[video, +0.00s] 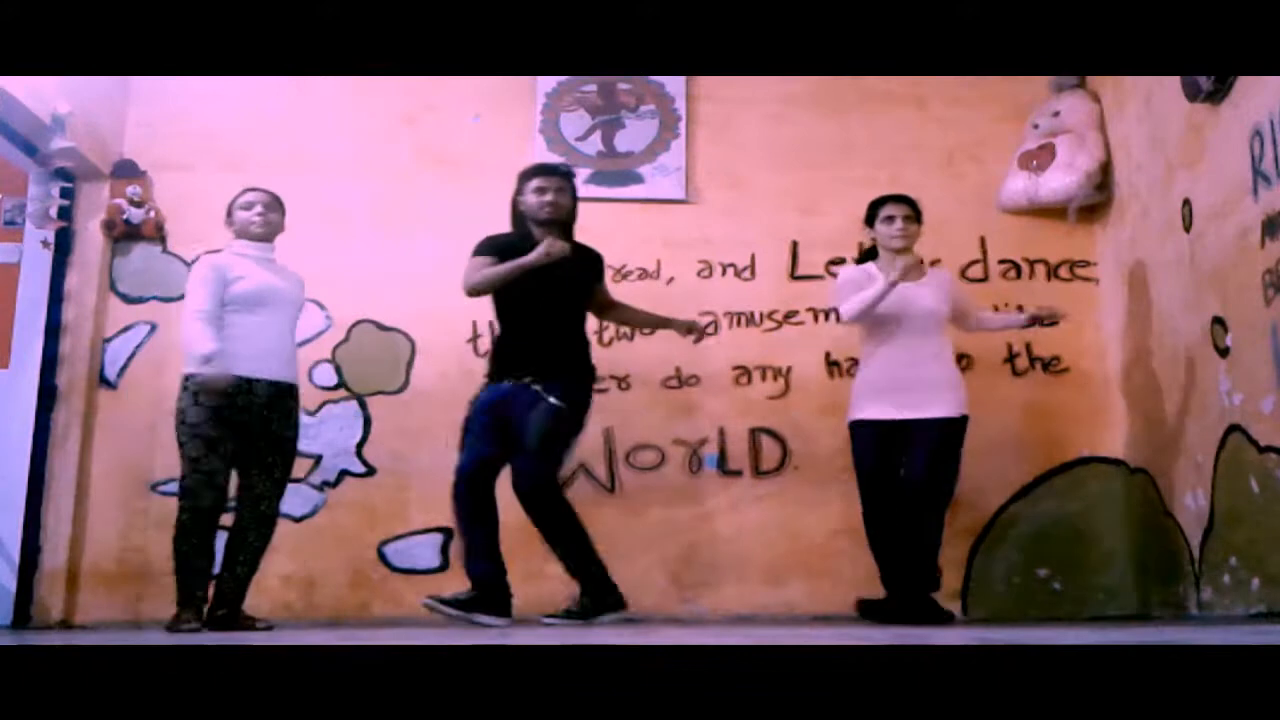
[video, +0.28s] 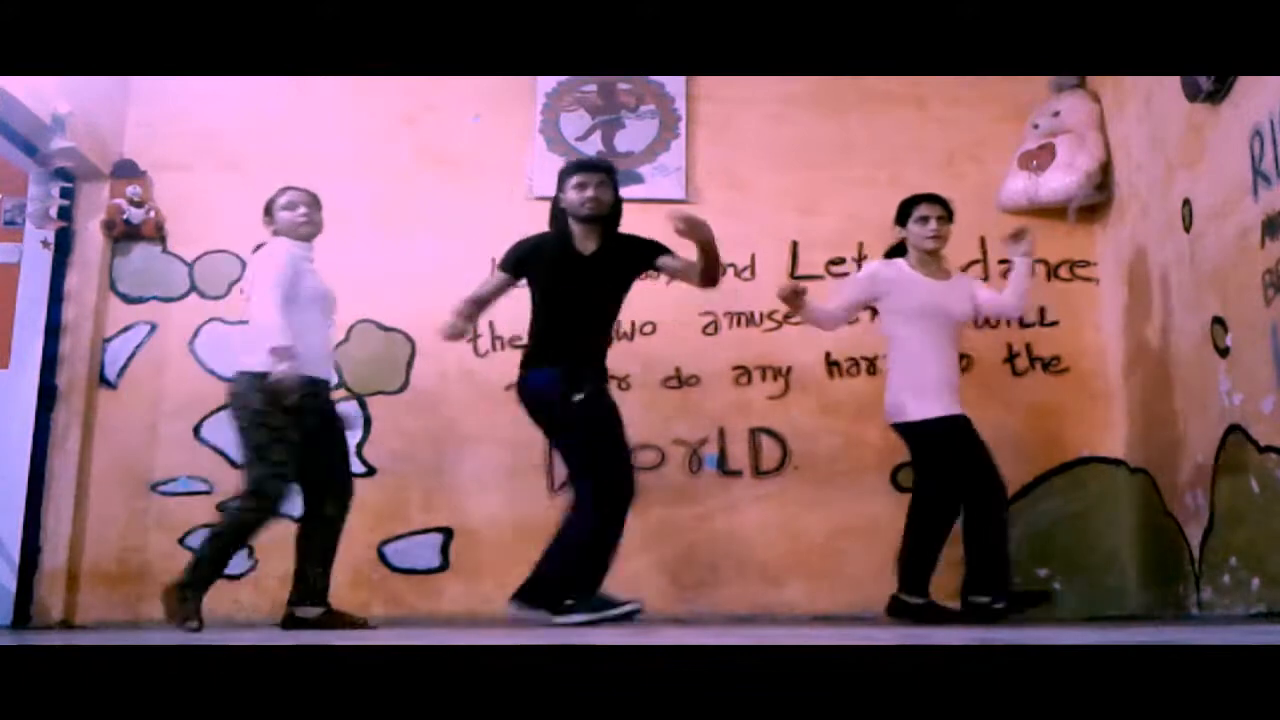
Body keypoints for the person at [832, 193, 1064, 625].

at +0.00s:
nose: (899, 227)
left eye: (907, 220)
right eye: (889, 221)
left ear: (920, 230)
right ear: (871, 231)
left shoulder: (939, 279)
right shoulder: (856, 276)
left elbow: (971, 319)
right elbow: (849, 313)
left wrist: (1023, 319)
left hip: (938, 407)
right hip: (877, 410)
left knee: (926, 503)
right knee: (882, 506)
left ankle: (919, 597)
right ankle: (901, 598)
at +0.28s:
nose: (934, 227)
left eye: (941, 221)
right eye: (923, 221)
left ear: (950, 230)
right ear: (903, 230)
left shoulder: (961, 285)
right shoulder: (884, 274)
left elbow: (1010, 308)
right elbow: (833, 317)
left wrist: (1022, 258)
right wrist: (802, 305)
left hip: (945, 408)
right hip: (915, 407)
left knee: (935, 499)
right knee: (987, 493)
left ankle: (911, 595)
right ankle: (984, 594)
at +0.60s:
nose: (898, 249)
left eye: (903, 244)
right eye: (889, 244)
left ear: (911, 251)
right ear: (871, 251)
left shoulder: (913, 291)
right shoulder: (860, 285)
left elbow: (915, 330)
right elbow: (890, 308)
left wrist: (947, 321)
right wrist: (930, 282)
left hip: (921, 394)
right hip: (876, 396)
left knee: (923, 478)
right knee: (891, 479)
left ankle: (917, 557)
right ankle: (902, 557)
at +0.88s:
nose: (900, 254)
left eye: (906, 249)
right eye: (892, 248)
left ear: (912, 257)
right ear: (874, 255)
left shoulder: (904, 302)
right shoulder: (865, 288)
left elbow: (949, 333)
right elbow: (836, 330)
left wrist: (970, 304)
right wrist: (884, 303)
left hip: (897, 400)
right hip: (896, 400)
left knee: (914, 477)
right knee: (962, 465)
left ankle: (897, 555)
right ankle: (928, 547)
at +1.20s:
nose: (895, 255)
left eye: (901, 250)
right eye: (887, 248)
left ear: (906, 257)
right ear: (870, 254)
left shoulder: (890, 299)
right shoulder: (861, 287)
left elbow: (939, 334)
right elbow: (834, 334)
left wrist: (950, 300)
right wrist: (879, 338)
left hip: (892, 397)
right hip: (890, 396)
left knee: (905, 482)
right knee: (969, 457)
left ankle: (896, 560)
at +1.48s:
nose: (889, 253)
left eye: (895, 247)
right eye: (880, 247)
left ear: (901, 255)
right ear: (864, 253)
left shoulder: (895, 306)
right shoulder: (852, 286)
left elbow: (943, 333)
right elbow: (814, 321)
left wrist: (952, 298)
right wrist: (803, 354)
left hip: (882, 396)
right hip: (883, 392)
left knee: (902, 476)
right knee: (961, 443)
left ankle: (895, 559)